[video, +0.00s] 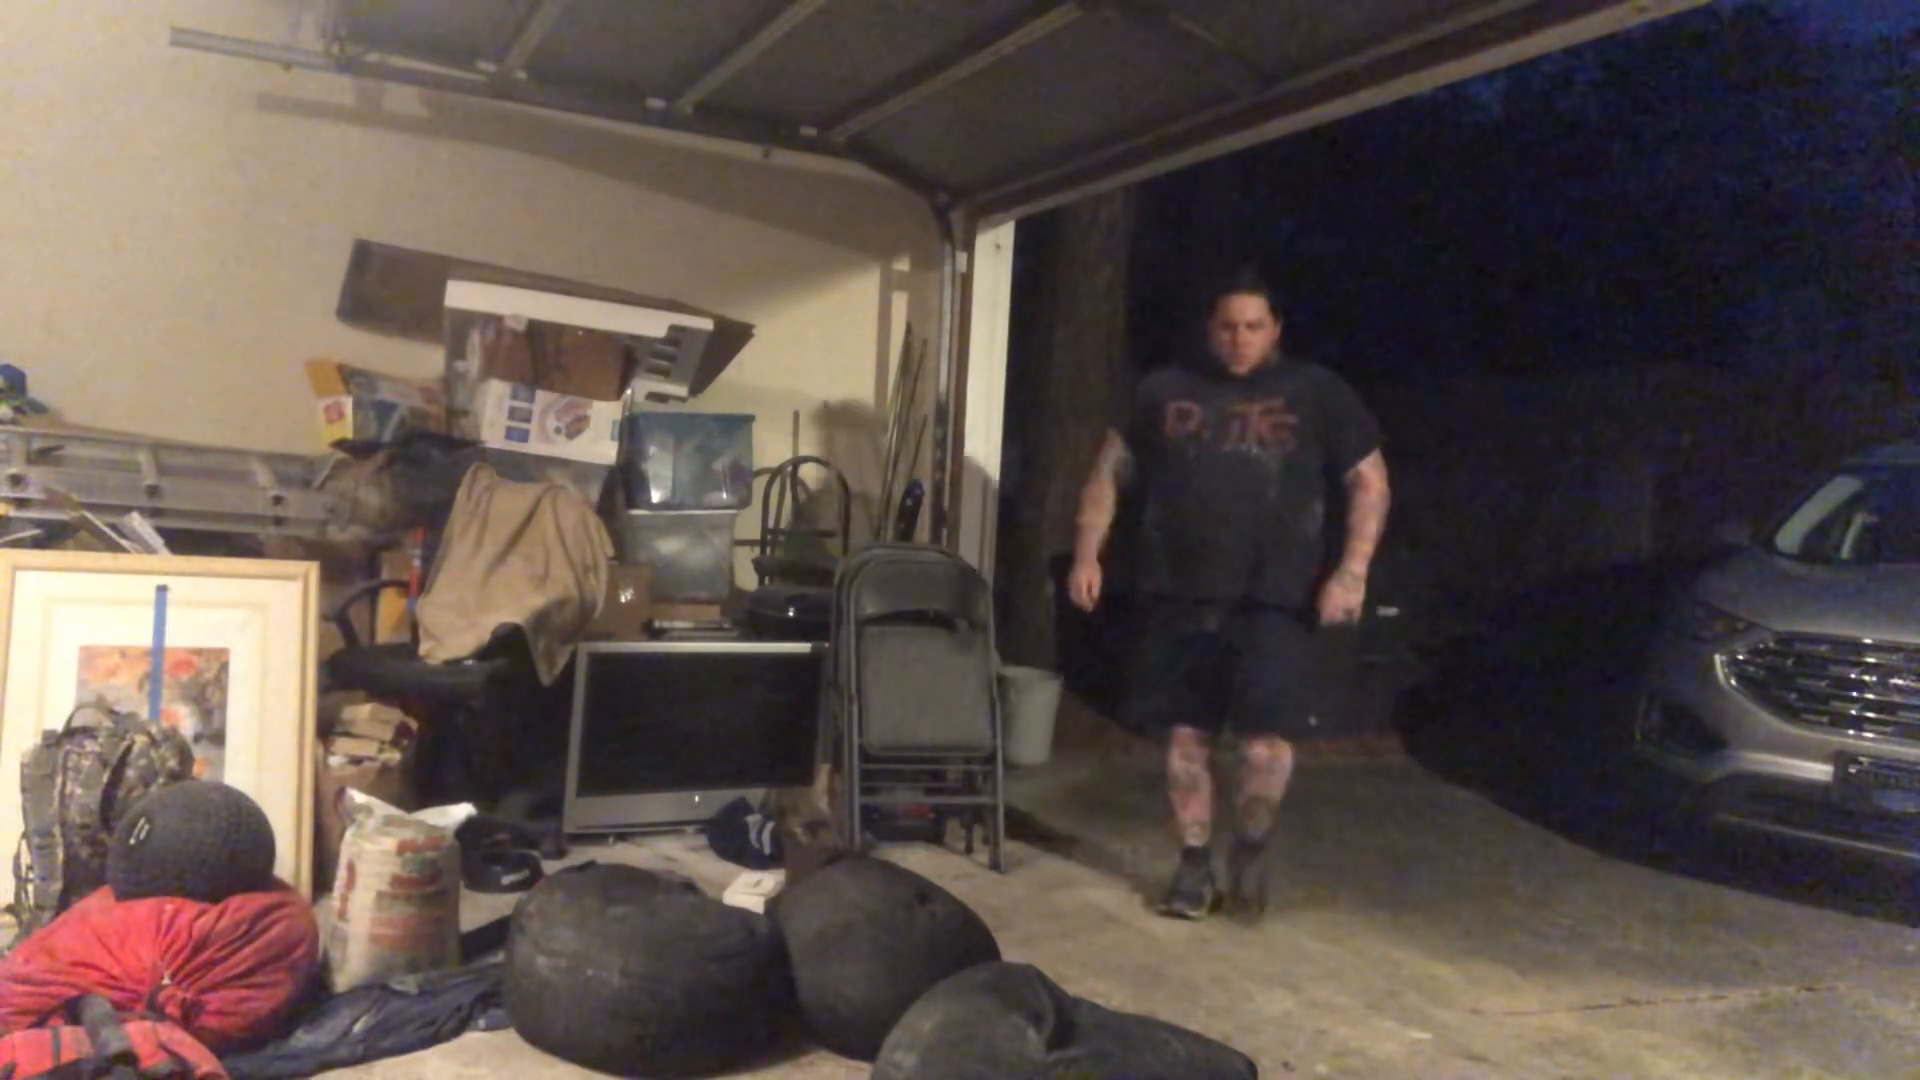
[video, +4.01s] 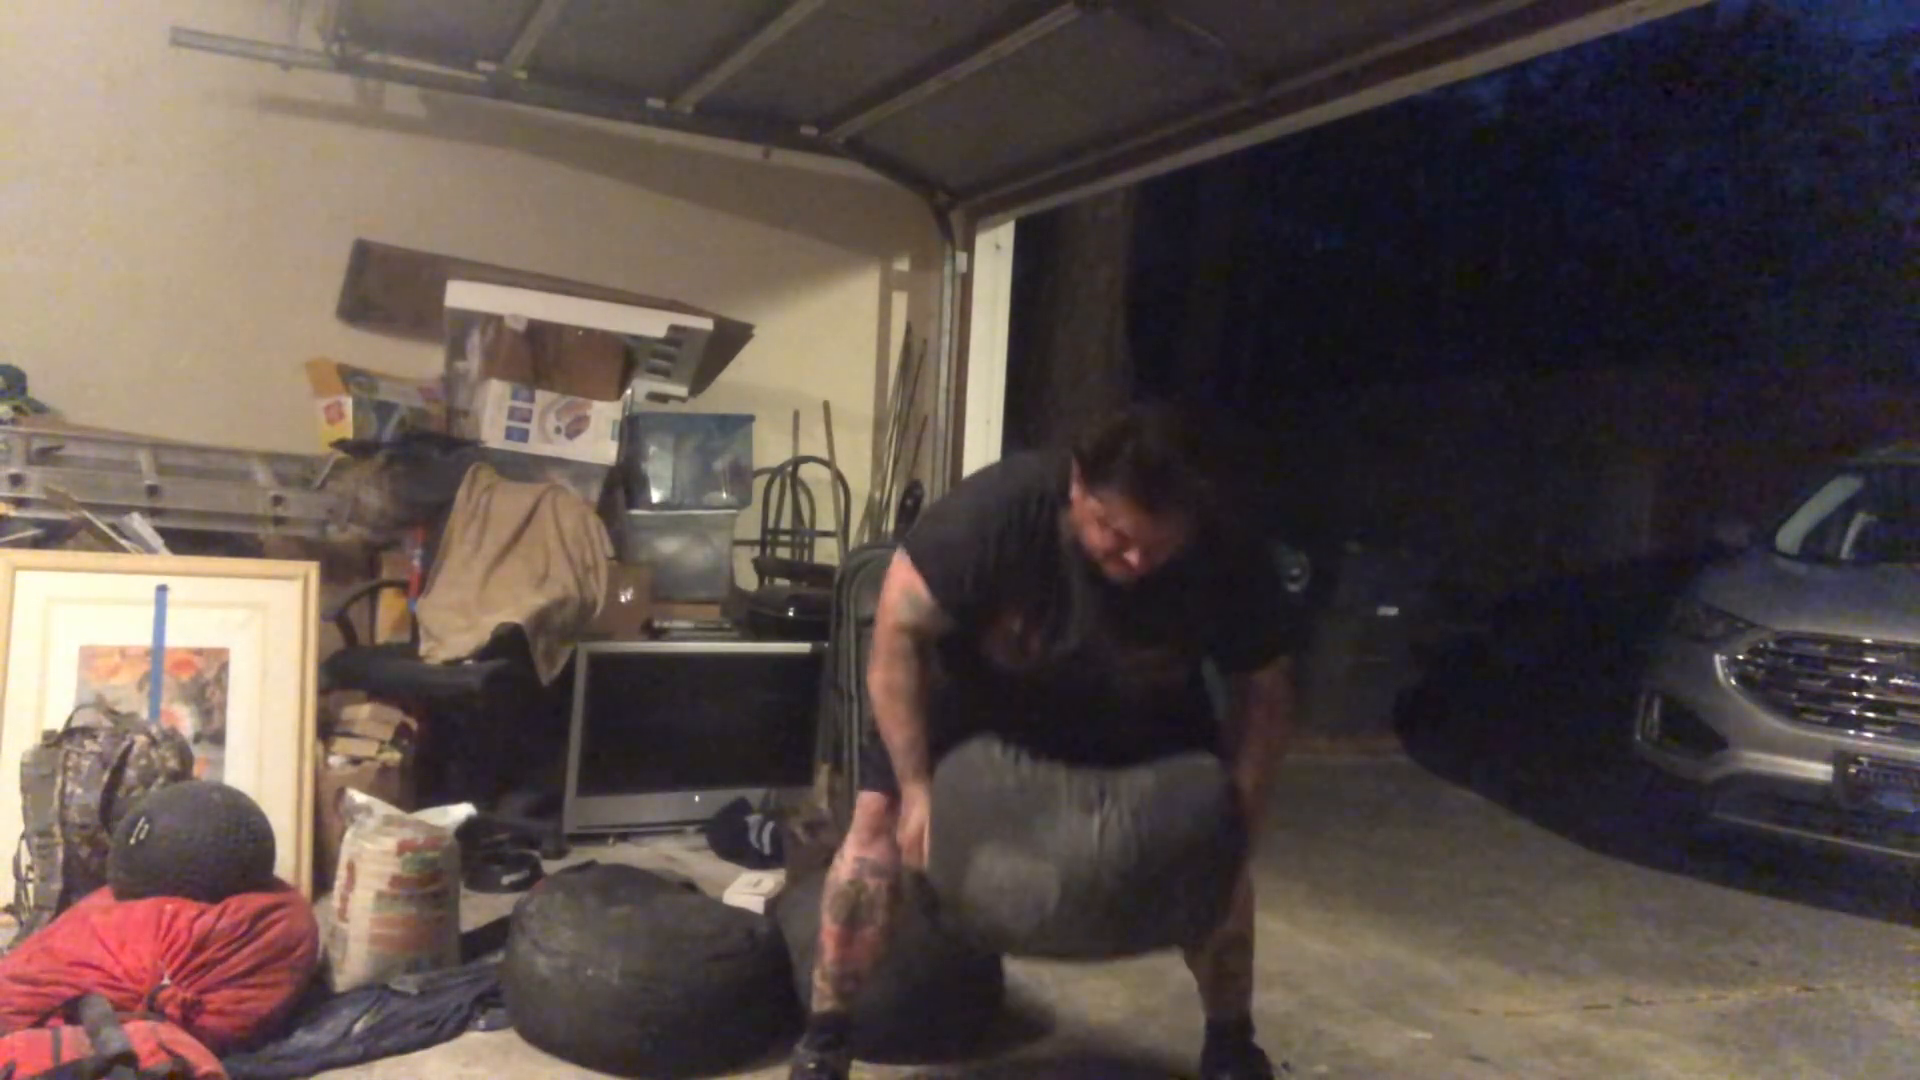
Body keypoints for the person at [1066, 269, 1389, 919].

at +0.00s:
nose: (1239, 339)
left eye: (1253, 326)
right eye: (1228, 326)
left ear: (1276, 330)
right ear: (1209, 329)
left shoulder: (1316, 395)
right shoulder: (1166, 392)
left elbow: (1370, 480)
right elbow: (1110, 470)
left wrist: (1352, 571)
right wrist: (1087, 555)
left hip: (1276, 602)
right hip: (1181, 595)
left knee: (1265, 745)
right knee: (1186, 735)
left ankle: (1250, 855)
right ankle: (1193, 866)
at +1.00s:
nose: (1162, 468)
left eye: (1181, 449)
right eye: (1144, 446)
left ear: (1204, 426)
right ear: (1098, 408)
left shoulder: (1222, 476)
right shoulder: (1020, 463)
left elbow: (1296, 596)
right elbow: (901, 592)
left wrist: (1282, 741)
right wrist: (883, 763)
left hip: (1154, 699)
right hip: (1008, 703)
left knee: (1254, 824)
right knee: (926, 859)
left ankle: (1259, 1009)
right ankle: (854, 1038)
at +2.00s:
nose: (1171, 823)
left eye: (1190, 813)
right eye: (1154, 804)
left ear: (1225, 770)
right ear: (1104, 744)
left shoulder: (1253, 758)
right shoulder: (1004, 709)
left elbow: (1285, 910)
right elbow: (915, 852)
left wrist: (1303, 1057)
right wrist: (952, 1009)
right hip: (988, 648)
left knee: (1273, 882)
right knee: (858, 880)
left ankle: (1310, 1052)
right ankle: (831, 1049)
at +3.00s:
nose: (1136, 856)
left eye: (1159, 846)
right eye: (1118, 838)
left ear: (1198, 804)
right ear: (1083, 781)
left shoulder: (1240, 778)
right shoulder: (985, 754)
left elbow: (1249, 946)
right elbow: (909, 922)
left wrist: (1251, 1069)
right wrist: (880, 1067)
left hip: (1120, 619)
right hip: (958, 626)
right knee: (847, 851)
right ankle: (824, 1039)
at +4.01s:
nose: (1134, 562)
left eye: (1157, 547)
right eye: (1117, 537)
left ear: (1192, 525)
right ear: (1078, 487)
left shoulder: (1217, 555)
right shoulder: (998, 510)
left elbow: (1265, 689)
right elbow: (896, 631)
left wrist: (1235, 826)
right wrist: (913, 788)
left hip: (1150, 723)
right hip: (979, 709)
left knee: (1217, 844)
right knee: (877, 816)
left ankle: (1231, 1045)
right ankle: (824, 1038)